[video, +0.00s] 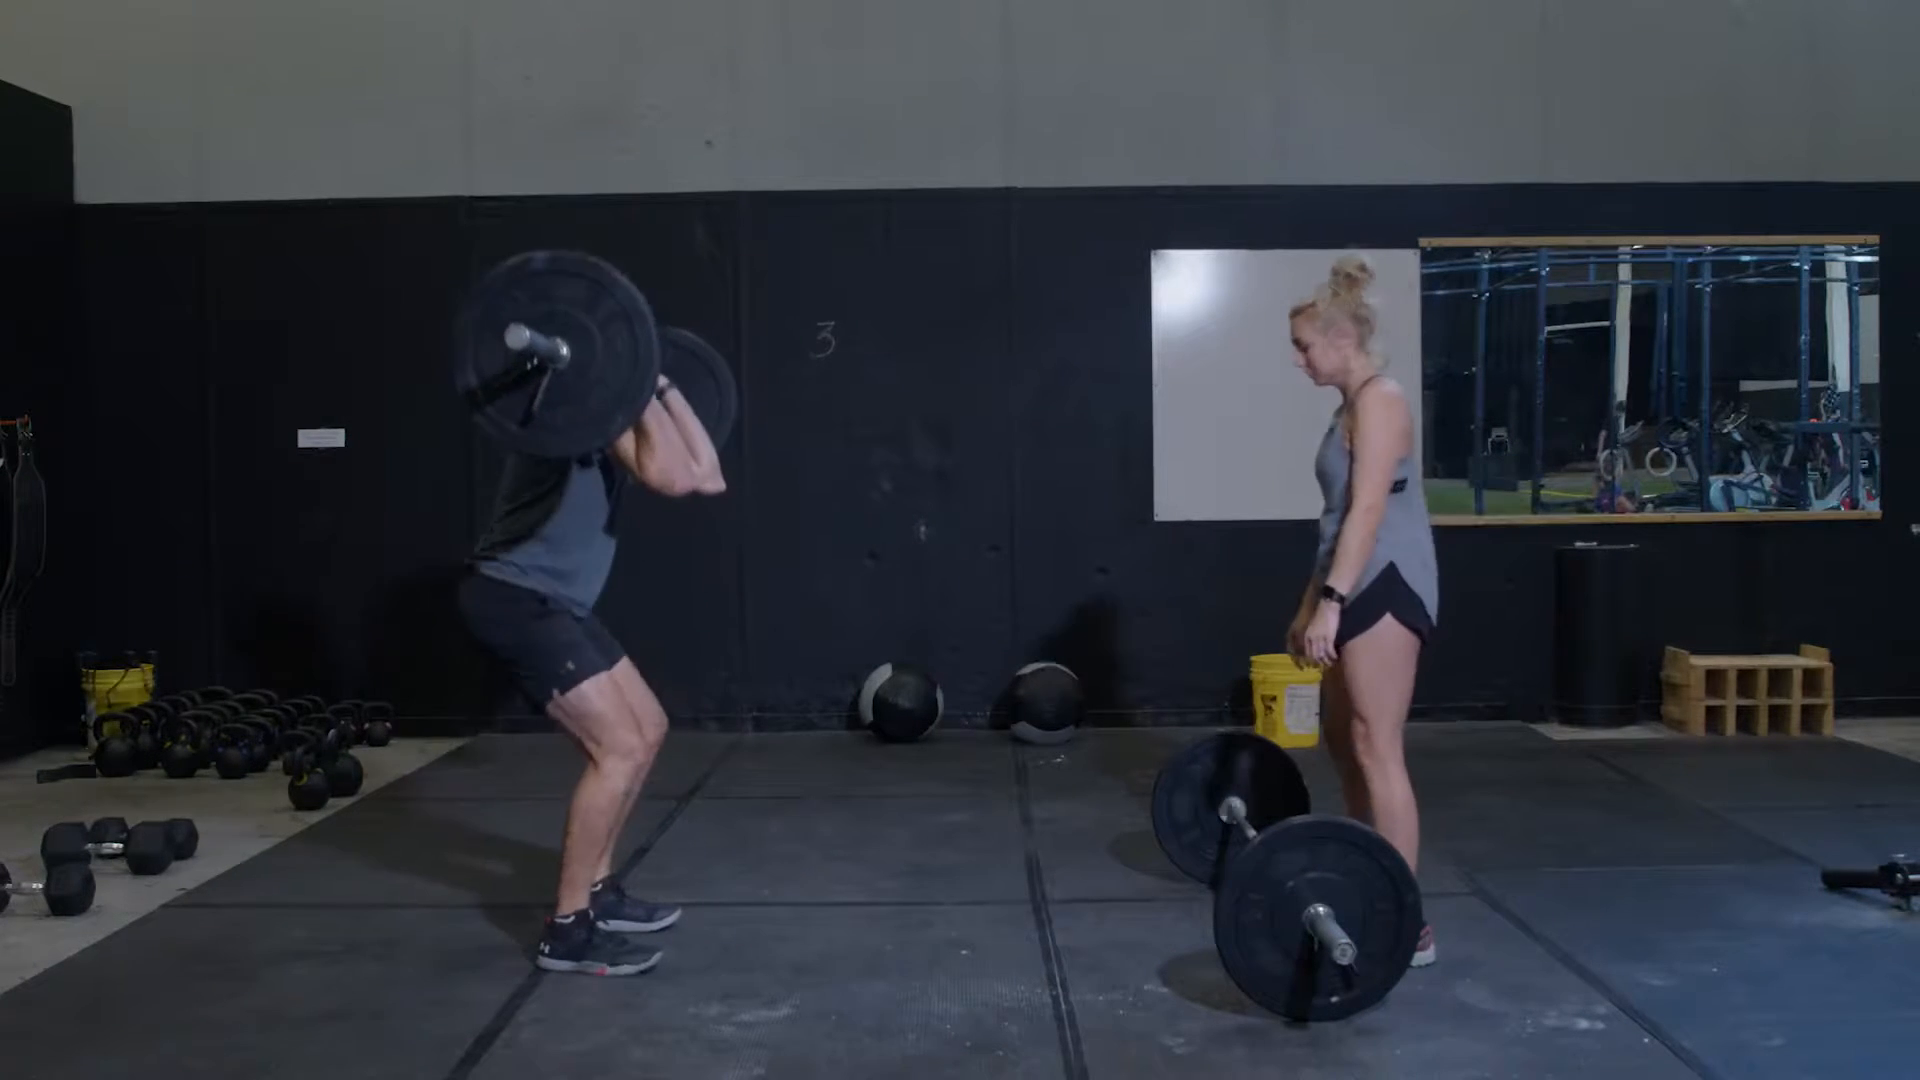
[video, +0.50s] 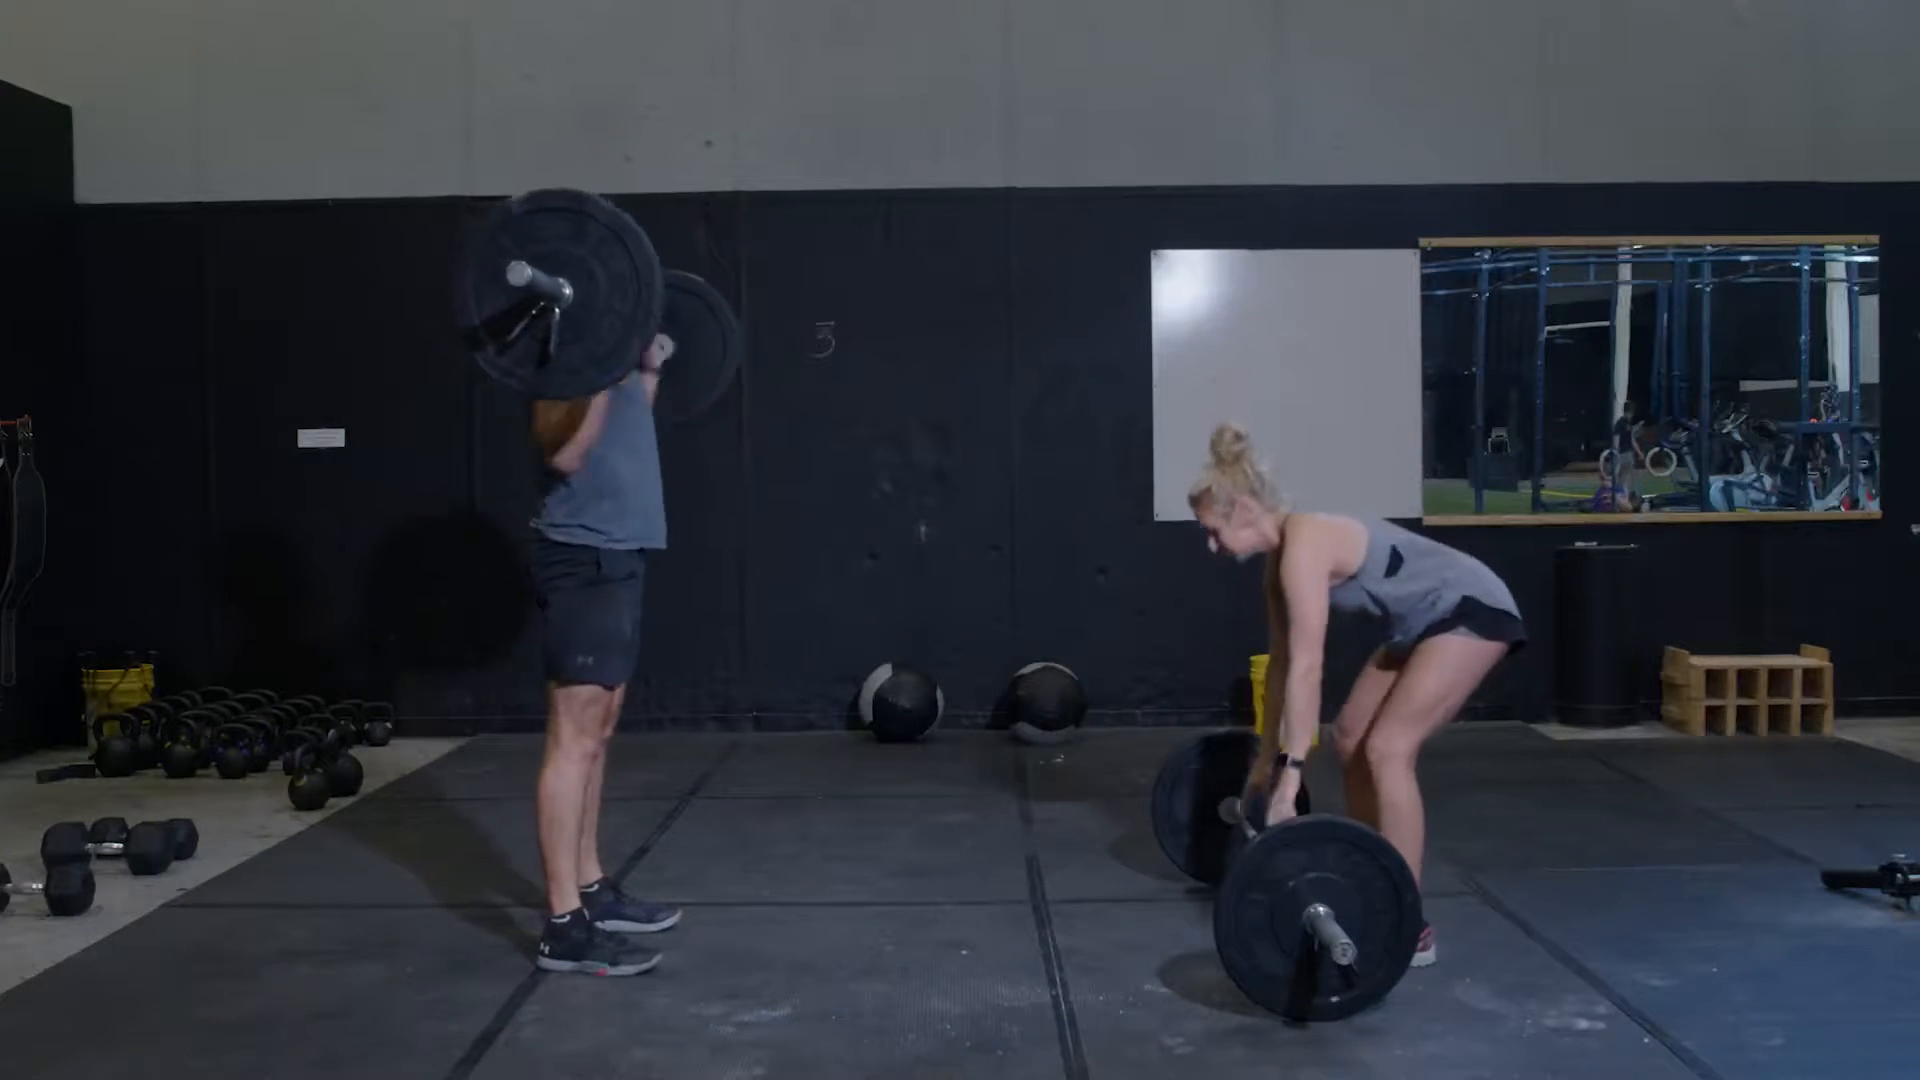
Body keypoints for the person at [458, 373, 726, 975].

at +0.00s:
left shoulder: (609, 393)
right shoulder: (566, 392)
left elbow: (708, 475)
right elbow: (670, 476)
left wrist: (658, 381)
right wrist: (636, 388)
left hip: (560, 599)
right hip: (518, 597)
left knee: (647, 728)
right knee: (621, 746)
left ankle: (595, 893)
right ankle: (567, 925)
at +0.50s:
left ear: (616, 292)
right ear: (576, 289)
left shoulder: (612, 356)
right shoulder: (557, 357)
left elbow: (626, 431)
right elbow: (563, 456)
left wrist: (648, 373)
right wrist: (599, 368)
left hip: (619, 552)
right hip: (583, 554)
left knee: (600, 720)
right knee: (576, 727)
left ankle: (589, 889)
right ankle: (562, 921)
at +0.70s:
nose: (611, 266)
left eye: (612, 254)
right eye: (603, 252)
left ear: (574, 249)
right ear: (562, 246)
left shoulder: (574, 321)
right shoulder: (533, 307)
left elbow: (591, 412)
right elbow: (489, 374)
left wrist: (664, 440)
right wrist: (574, 425)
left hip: (611, 546)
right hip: (577, 549)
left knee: (610, 717)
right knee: (587, 725)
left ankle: (593, 891)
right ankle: (567, 922)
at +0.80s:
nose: (646, 272)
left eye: (648, 259)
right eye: (638, 257)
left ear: (612, 254)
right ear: (599, 250)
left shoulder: (604, 323)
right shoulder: (564, 313)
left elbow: (626, 438)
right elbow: (542, 412)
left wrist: (647, 523)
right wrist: (600, 510)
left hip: (613, 544)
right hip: (578, 548)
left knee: (610, 718)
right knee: (587, 724)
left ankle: (591, 891)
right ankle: (566, 920)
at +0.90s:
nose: (699, 295)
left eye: (702, 280)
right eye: (693, 277)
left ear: (660, 267)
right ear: (657, 264)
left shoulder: (638, 350)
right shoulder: (602, 343)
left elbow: (627, 471)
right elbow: (563, 463)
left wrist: (631, 566)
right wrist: (582, 580)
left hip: (598, 565)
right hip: (562, 567)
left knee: (603, 726)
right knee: (576, 733)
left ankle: (590, 892)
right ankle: (563, 924)